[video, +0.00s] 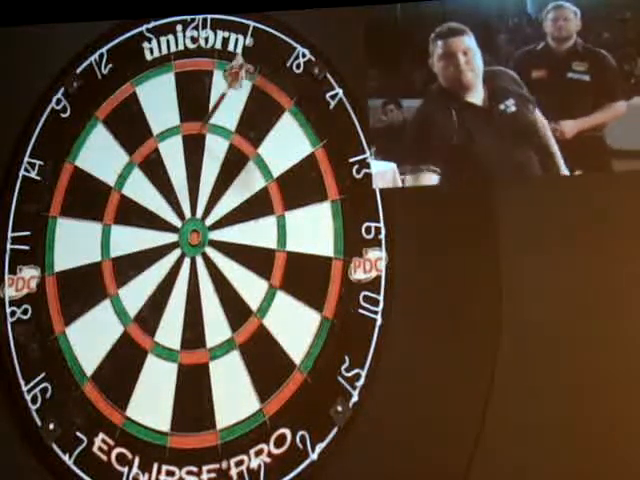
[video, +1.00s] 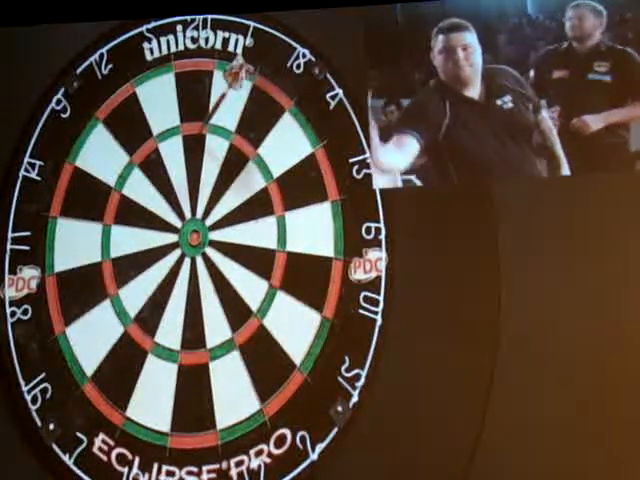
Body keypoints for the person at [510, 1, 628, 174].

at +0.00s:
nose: (560, 24)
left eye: (566, 19)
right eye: (554, 19)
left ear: (578, 24)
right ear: (544, 25)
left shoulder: (598, 60)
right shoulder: (525, 60)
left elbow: (619, 106)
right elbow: (512, 104)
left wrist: (576, 125)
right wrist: (541, 127)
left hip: (588, 154)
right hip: (538, 153)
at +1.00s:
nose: (573, 23)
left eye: (581, 18)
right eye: (569, 19)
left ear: (600, 23)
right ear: (564, 23)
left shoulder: (624, 60)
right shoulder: (548, 59)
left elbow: (636, 107)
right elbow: (529, 100)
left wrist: (601, 119)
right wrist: (544, 117)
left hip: (610, 160)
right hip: (560, 159)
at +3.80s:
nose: (597, 29)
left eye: (604, 22)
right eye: (592, 23)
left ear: (622, 25)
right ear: (586, 28)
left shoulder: (635, 63)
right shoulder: (568, 61)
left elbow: (637, 125)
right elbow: (549, 102)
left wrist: (614, 143)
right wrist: (558, 127)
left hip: (625, 172)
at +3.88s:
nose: (597, 29)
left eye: (604, 23)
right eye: (591, 23)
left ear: (622, 25)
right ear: (585, 28)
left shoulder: (635, 63)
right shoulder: (568, 61)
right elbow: (549, 104)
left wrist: (619, 146)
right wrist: (558, 132)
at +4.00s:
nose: (597, 29)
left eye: (604, 23)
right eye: (592, 23)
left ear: (623, 26)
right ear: (586, 28)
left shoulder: (635, 62)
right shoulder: (569, 61)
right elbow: (546, 105)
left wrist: (633, 154)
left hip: (626, 168)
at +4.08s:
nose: (597, 29)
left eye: (604, 23)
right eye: (592, 24)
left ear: (623, 26)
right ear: (586, 28)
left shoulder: (635, 63)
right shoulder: (568, 62)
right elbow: (551, 107)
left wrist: (633, 137)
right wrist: (554, 138)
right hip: (577, 170)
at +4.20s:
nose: (597, 30)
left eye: (604, 25)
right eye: (591, 25)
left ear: (622, 27)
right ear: (585, 29)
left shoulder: (635, 64)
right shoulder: (566, 63)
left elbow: (636, 119)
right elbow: (551, 108)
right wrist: (554, 143)